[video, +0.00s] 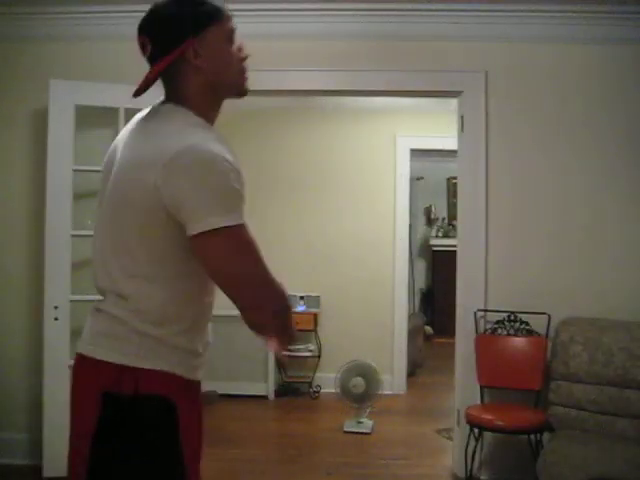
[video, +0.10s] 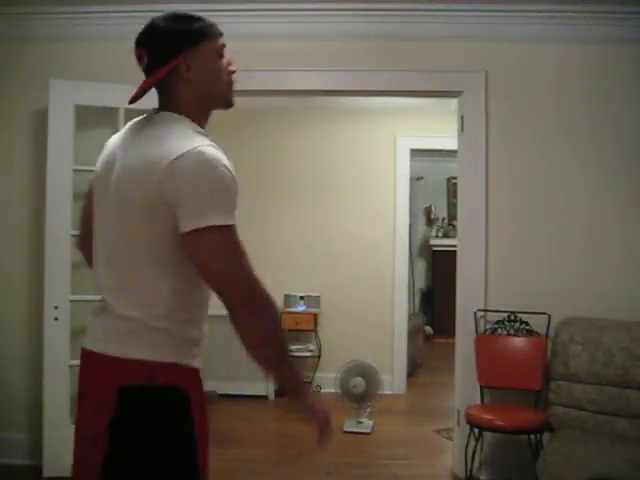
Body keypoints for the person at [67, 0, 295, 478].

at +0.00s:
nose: (242, 52)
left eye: (236, 40)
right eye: (229, 41)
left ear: (192, 58)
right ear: (195, 56)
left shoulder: (140, 134)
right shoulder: (193, 153)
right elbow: (264, 304)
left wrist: (263, 317)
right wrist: (282, 329)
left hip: (110, 374)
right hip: (147, 386)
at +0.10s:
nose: (232, 66)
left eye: (226, 53)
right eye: (220, 54)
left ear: (182, 70)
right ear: (185, 68)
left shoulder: (120, 143)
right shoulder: (196, 160)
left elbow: (90, 242)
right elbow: (243, 295)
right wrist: (297, 389)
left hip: (105, 371)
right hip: (157, 383)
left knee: (102, 474)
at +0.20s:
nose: (226, 76)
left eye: (222, 64)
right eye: (216, 65)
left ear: (178, 79)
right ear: (184, 77)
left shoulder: (110, 148)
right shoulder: (203, 155)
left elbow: (72, 238)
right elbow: (231, 289)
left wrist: (125, 294)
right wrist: (261, 416)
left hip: (103, 360)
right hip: (166, 369)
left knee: (100, 472)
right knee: (180, 473)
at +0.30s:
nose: (226, 89)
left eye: (223, 76)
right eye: (218, 76)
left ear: (168, 88)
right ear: (188, 84)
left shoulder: (114, 153)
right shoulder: (209, 148)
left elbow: (72, 246)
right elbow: (211, 270)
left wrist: (123, 304)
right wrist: (219, 400)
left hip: (105, 355)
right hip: (170, 358)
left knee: (96, 471)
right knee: (171, 470)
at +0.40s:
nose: (231, 96)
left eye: (230, 85)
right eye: (225, 85)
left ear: (174, 95)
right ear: (196, 91)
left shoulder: (119, 158)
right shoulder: (215, 147)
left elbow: (88, 254)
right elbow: (203, 257)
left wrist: (136, 300)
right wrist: (198, 382)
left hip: (107, 356)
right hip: (176, 359)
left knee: (94, 470)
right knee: (198, 472)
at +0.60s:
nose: (251, 116)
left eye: (250, 103)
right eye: (246, 102)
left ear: (198, 107)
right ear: (219, 104)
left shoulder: (151, 165)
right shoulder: (226, 158)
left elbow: (141, 261)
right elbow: (227, 263)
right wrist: (248, 373)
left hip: (136, 355)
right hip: (196, 363)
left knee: (126, 470)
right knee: (206, 471)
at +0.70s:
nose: (263, 120)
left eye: (262, 108)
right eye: (258, 106)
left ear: (216, 111)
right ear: (232, 109)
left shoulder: (166, 168)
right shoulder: (232, 162)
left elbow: (193, 253)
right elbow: (239, 272)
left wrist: (261, 290)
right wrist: (288, 363)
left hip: (154, 355)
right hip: (209, 362)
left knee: (157, 471)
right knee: (221, 473)